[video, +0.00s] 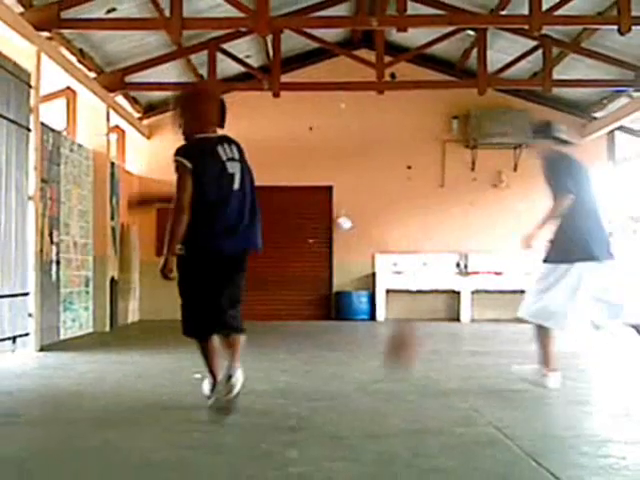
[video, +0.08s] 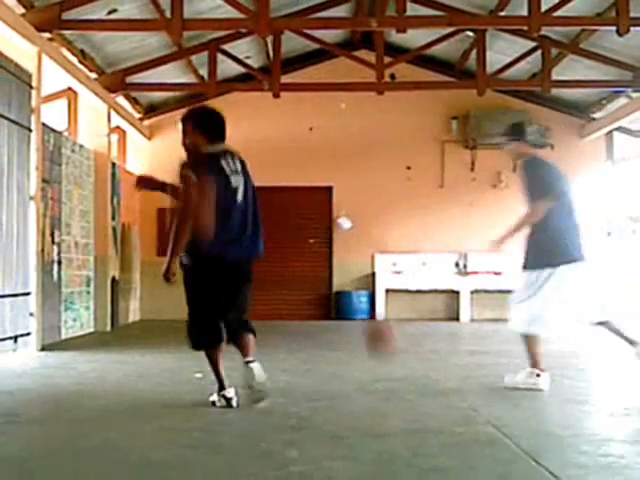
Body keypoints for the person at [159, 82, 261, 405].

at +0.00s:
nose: (179, 122)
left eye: (181, 115)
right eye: (179, 115)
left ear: (191, 117)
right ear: (216, 117)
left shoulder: (188, 153)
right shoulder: (233, 147)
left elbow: (183, 206)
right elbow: (245, 197)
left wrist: (170, 251)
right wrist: (245, 239)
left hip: (201, 246)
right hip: (236, 244)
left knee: (199, 315)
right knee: (230, 310)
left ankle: (215, 376)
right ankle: (234, 367)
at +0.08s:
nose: (183, 141)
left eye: (186, 134)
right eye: (182, 134)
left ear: (200, 135)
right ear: (218, 133)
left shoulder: (194, 167)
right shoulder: (234, 160)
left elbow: (191, 215)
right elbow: (204, 196)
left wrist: (173, 258)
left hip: (204, 257)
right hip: (239, 255)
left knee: (205, 323)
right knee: (236, 316)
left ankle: (223, 388)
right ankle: (252, 363)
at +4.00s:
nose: (181, 175)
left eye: (185, 171)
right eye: (177, 170)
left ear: (195, 167)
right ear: (173, 167)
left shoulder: (205, 190)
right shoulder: (161, 187)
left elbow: (208, 224)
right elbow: (152, 226)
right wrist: (155, 258)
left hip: (196, 253)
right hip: (169, 255)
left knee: (194, 302)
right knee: (174, 303)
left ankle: (189, 350)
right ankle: (183, 347)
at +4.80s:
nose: (130, 171)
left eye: (135, 166)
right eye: (126, 166)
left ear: (145, 160)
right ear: (120, 163)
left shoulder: (161, 181)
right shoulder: (115, 184)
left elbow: (184, 209)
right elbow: (103, 215)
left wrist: (183, 230)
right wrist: (91, 217)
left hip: (157, 254)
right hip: (128, 255)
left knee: (161, 307)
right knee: (123, 309)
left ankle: (175, 345)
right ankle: (124, 357)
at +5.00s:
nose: (120, 172)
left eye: (124, 167)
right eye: (116, 167)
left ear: (136, 161)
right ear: (112, 165)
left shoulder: (154, 179)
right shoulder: (108, 190)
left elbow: (174, 208)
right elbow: (108, 223)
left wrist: (179, 244)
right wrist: (109, 249)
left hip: (153, 250)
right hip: (125, 252)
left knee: (147, 302)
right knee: (121, 305)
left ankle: (162, 344)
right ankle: (123, 356)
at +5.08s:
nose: (120, 171)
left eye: (124, 166)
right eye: (116, 167)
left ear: (135, 161)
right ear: (111, 166)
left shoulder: (154, 178)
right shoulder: (108, 191)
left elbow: (173, 205)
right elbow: (111, 230)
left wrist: (185, 236)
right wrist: (126, 244)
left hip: (154, 247)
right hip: (125, 250)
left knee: (147, 298)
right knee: (121, 303)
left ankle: (160, 343)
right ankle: (123, 357)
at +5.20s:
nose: (122, 168)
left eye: (126, 163)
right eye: (118, 164)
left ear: (137, 158)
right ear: (113, 163)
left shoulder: (155, 176)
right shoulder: (109, 189)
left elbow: (173, 197)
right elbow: (113, 227)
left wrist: (185, 229)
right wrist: (125, 248)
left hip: (156, 252)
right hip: (125, 254)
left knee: (155, 304)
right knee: (123, 307)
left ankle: (162, 351)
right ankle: (123, 356)